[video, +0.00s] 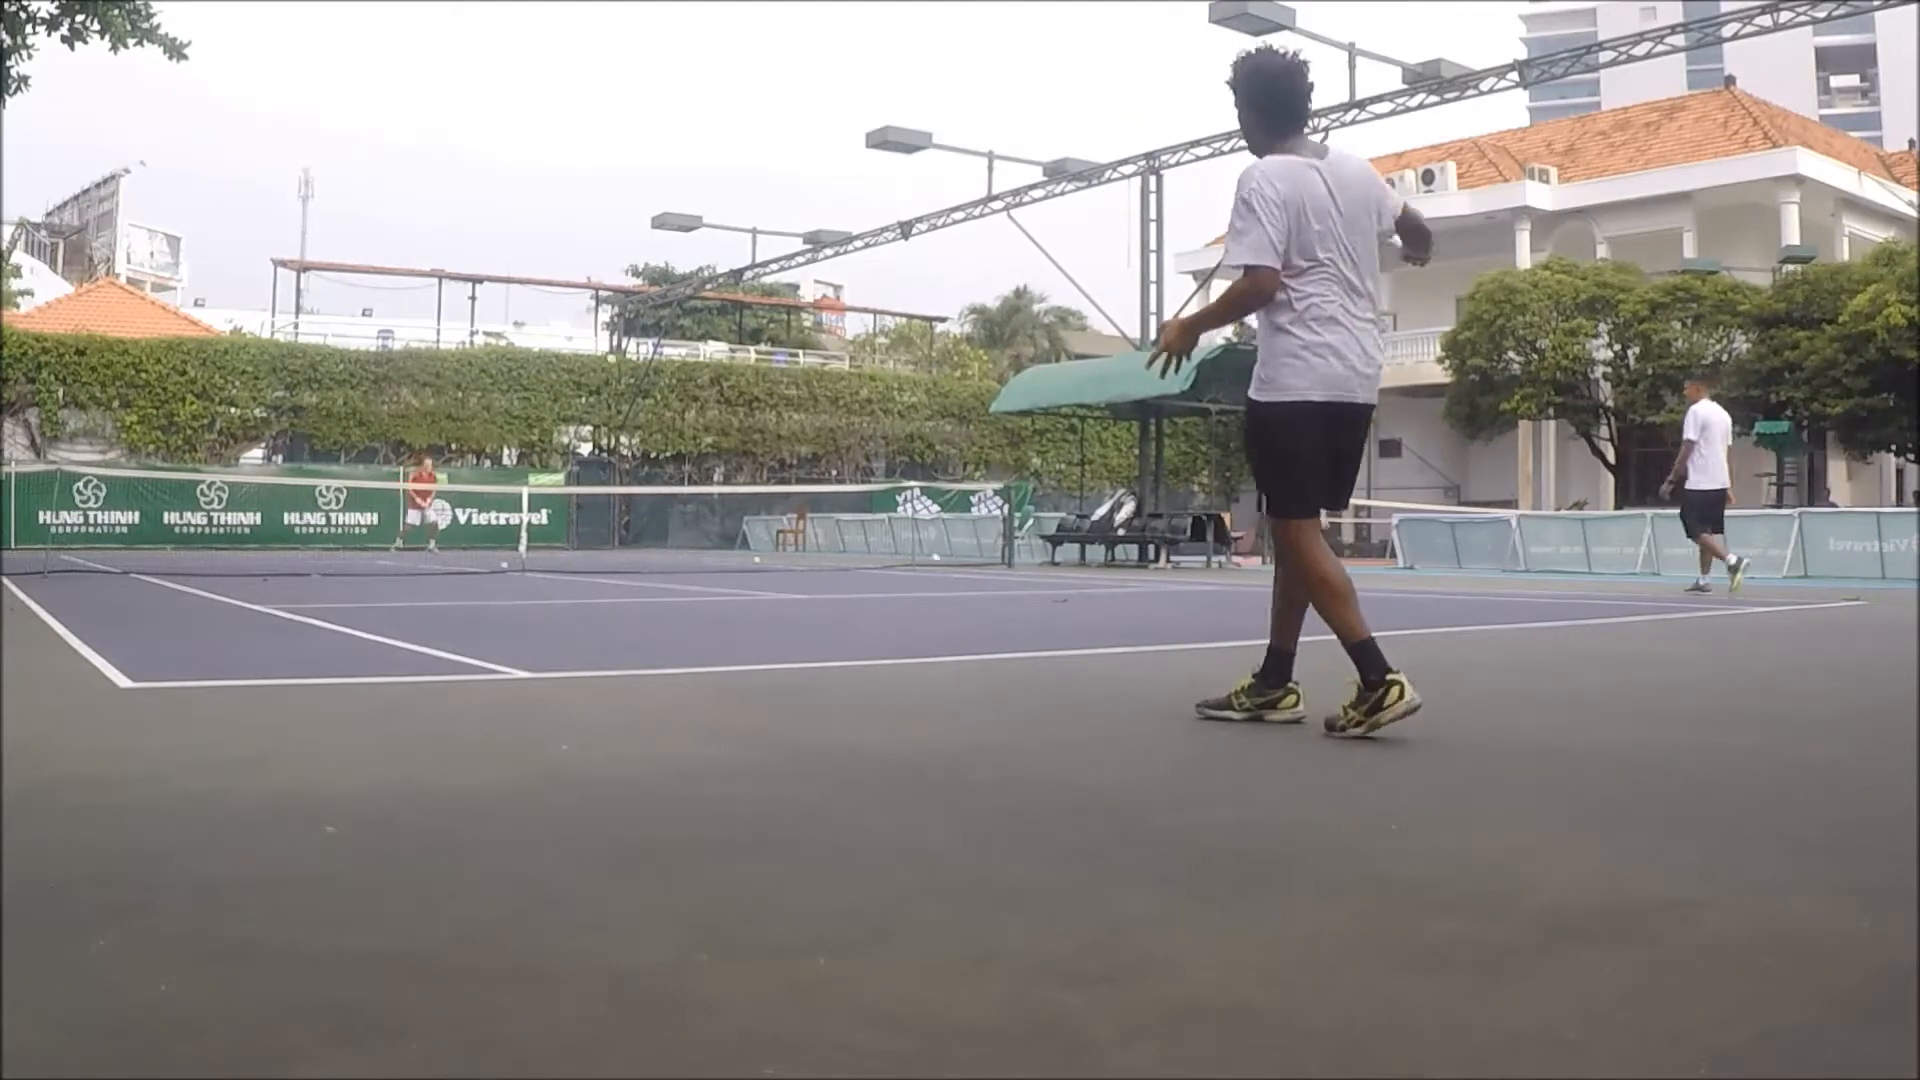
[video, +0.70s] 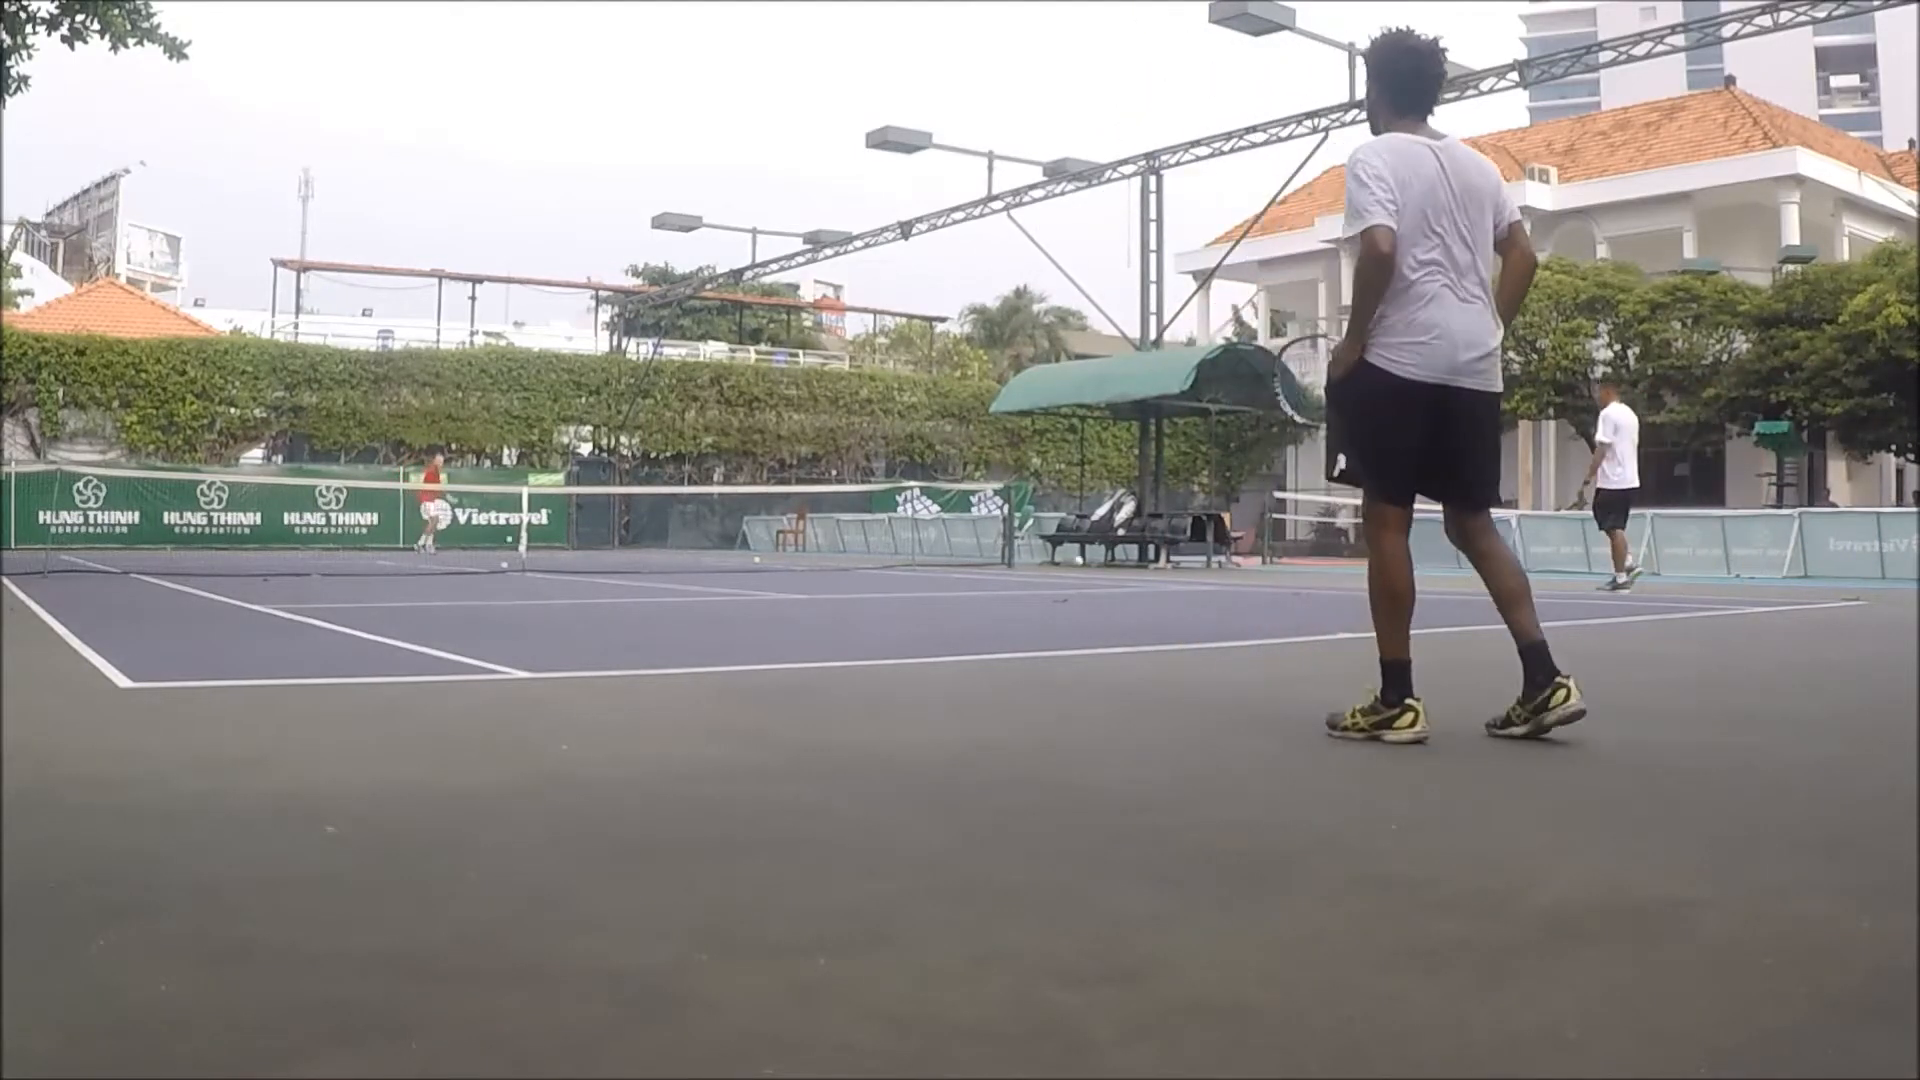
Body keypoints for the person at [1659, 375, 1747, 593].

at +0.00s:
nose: (1684, 393)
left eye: (1687, 388)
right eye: (1685, 388)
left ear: (1698, 389)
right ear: (1703, 390)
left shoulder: (1695, 411)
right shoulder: (1723, 413)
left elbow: (1687, 446)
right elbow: (1725, 453)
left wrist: (1671, 478)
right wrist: (1727, 485)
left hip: (1698, 484)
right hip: (1719, 483)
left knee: (1694, 530)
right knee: (1709, 531)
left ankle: (1731, 560)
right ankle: (1703, 579)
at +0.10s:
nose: (1674, 393)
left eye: (1675, 388)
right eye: (1674, 388)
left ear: (1686, 388)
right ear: (1692, 389)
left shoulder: (1686, 409)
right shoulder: (1710, 411)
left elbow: (1681, 445)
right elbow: (1710, 447)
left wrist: (1671, 479)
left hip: (1690, 480)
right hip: (1710, 480)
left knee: (1672, 524)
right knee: (1703, 530)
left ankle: (1704, 558)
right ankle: (1704, 579)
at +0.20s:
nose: (1661, 393)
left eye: (1663, 389)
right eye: (1661, 389)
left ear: (1674, 389)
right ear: (1678, 389)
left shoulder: (1675, 410)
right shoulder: (1697, 410)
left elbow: (1677, 445)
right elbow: (1699, 446)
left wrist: (1672, 480)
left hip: (1680, 481)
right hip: (1701, 480)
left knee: (1655, 521)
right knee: (1699, 529)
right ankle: (1703, 578)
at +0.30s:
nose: (1650, 397)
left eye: (1652, 392)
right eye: (1650, 392)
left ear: (1661, 392)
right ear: (1667, 392)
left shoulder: (1663, 413)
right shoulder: (1682, 412)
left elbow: (1668, 447)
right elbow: (1682, 450)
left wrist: (1669, 484)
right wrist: (1656, 475)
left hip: (1663, 484)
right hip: (1687, 483)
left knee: (1645, 529)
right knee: (1695, 531)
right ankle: (1701, 578)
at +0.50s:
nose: (1623, 400)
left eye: (1624, 396)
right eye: (1623, 396)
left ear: (1632, 396)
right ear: (1641, 397)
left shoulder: (1634, 417)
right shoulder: (1653, 414)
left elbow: (1639, 452)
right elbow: (1653, 451)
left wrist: (1641, 488)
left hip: (1633, 487)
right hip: (1656, 486)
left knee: (1626, 534)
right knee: (1664, 532)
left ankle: (1620, 578)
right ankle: (1687, 566)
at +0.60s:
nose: (1609, 399)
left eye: (1611, 395)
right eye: (1610, 395)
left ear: (1619, 395)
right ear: (1627, 395)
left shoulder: (1620, 415)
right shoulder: (1641, 413)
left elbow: (1621, 451)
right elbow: (1641, 448)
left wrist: (1614, 485)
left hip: (1626, 483)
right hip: (1643, 482)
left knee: (1622, 533)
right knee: (1636, 529)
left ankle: (1620, 577)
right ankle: (1660, 555)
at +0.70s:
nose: (1598, 397)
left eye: (1600, 393)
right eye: (1599, 393)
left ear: (1607, 393)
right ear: (1615, 393)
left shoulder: (1608, 414)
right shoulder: (1630, 413)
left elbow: (1602, 448)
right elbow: (1633, 444)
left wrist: (1588, 476)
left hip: (1612, 481)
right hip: (1629, 479)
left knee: (1613, 528)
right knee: (1615, 525)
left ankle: (1620, 576)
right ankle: (1627, 561)